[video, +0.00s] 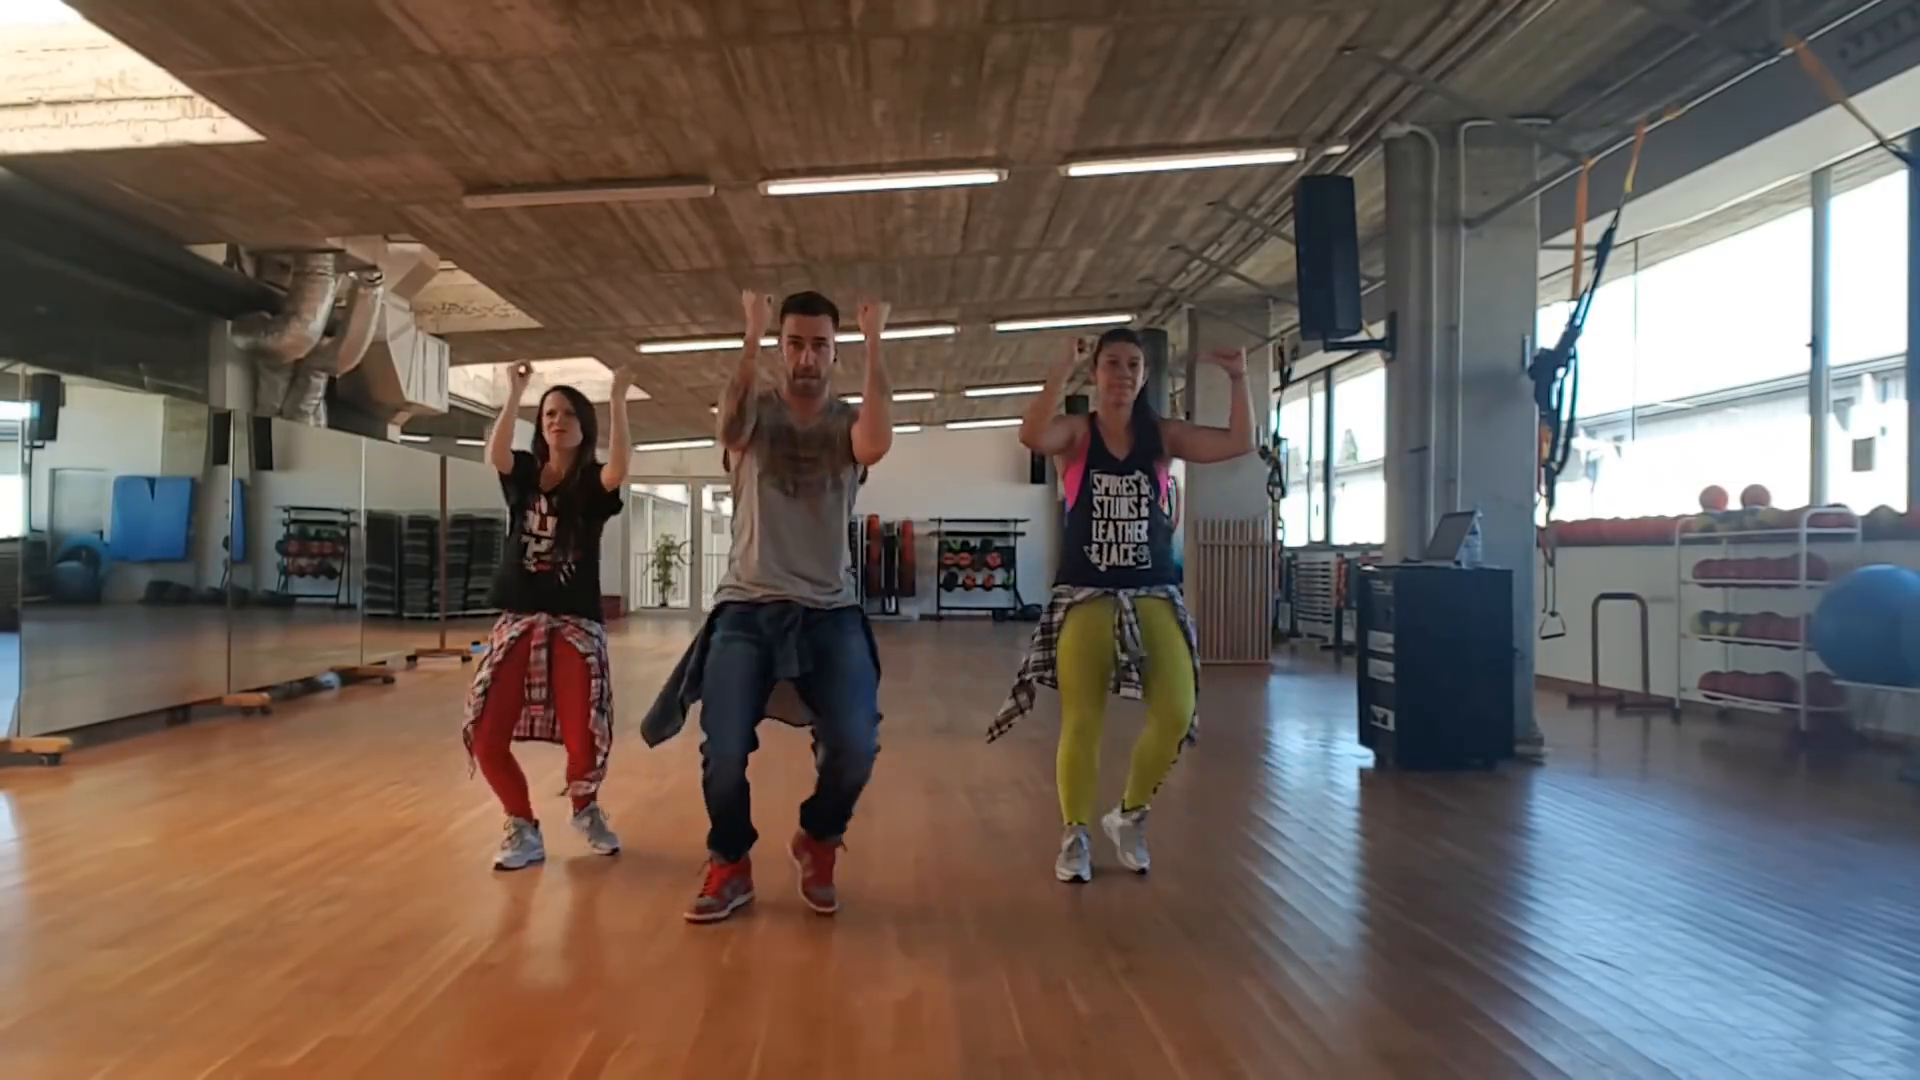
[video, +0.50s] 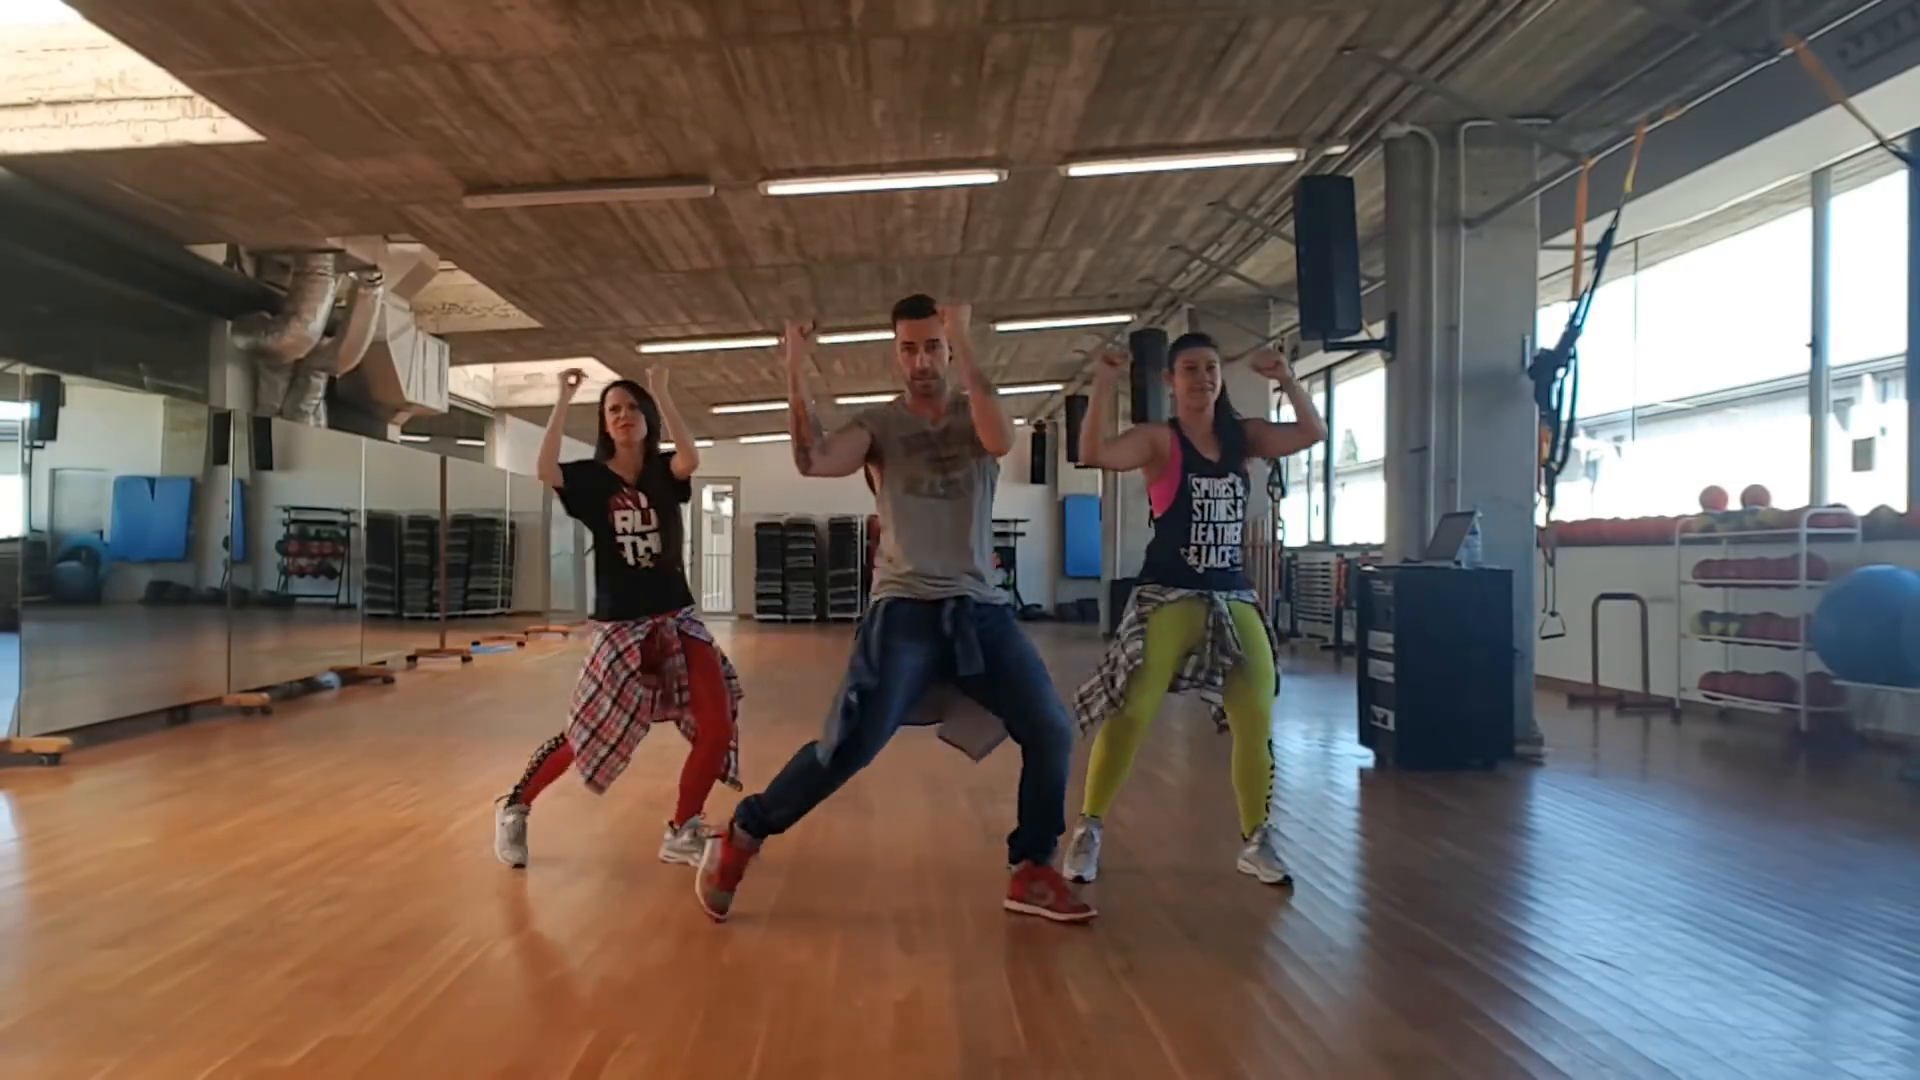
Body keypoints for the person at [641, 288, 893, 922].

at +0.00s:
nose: (805, 356)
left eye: (817, 344)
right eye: (795, 343)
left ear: (835, 352)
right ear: (777, 348)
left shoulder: (847, 417)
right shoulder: (752, 412)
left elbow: (874, 445)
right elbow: (729, 427)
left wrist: (872, 346)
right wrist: (750, 346)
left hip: (830, 608)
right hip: (748, 604)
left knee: (855, 745)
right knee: (723, 749)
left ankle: (818, 841)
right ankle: (729, 865)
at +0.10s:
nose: (820, 348)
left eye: (832, 336)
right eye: (808, 336)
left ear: (848, 342)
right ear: (788, 341)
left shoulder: (861, 407)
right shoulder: (763, 400)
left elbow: (885, 434)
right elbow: (721, 425)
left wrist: (879, 339)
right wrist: (733, 338)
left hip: (846, 591)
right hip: (770, 591)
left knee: (922, 709)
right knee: (747, 737)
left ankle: (894, 848)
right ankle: (701, 856)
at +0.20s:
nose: (838, 346)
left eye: (849, 335)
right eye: (827, 334)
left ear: (867, 344)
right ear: (810, 340)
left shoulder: (884, 407)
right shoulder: (784, 405)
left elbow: (902, 437)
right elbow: (725, 432)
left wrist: (878, 341)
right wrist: (719, 345)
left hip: (872, 600)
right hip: (797, 600)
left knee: (952, 715)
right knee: (776, 748)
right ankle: (678, 852)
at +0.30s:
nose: (864, 364)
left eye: (875, 350)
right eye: (852, 350)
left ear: (893, 357)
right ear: (838, 356)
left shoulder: (916, 420)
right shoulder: (811, 422)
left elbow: (921, 450)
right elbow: (751, 451)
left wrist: (893, 357)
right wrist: (742, 369)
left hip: (907, 620)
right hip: (835, 621)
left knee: (989, 729)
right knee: (805, 760)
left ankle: (1022, 866)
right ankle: (683, 847)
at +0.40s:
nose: (895, 372)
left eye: (905, 359)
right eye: (883, 360)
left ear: (920, 362)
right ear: (868, 365)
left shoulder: (949, 428)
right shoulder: (846, 433)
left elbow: (955, 460)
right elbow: (787, 467)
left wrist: (925, 376)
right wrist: (772, 383)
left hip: (946, 621)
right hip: (874, 623)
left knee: (1034, 730)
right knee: (829, 760)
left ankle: (1031, 872)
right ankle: (699, 844)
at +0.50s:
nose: (921, 362)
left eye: (931, 348)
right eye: (909, 350)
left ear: (951, 350)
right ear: (895, 355)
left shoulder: (978, 413)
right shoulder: (878, 425)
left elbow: (999, 442)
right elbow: (812, 461)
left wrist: (962, 353)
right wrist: (797, 376)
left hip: (977, 604)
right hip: (903, 603)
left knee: (1051, 731)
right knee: (851, 747)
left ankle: (1033, 870)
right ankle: (746, 832)